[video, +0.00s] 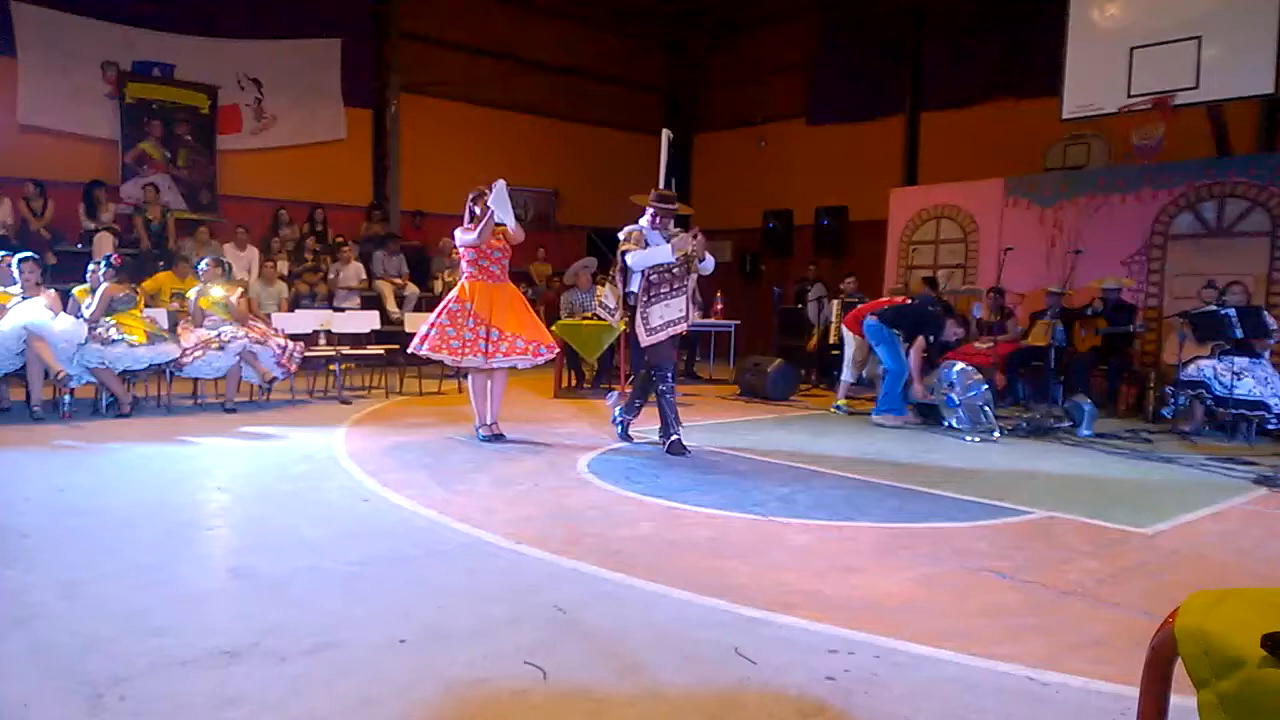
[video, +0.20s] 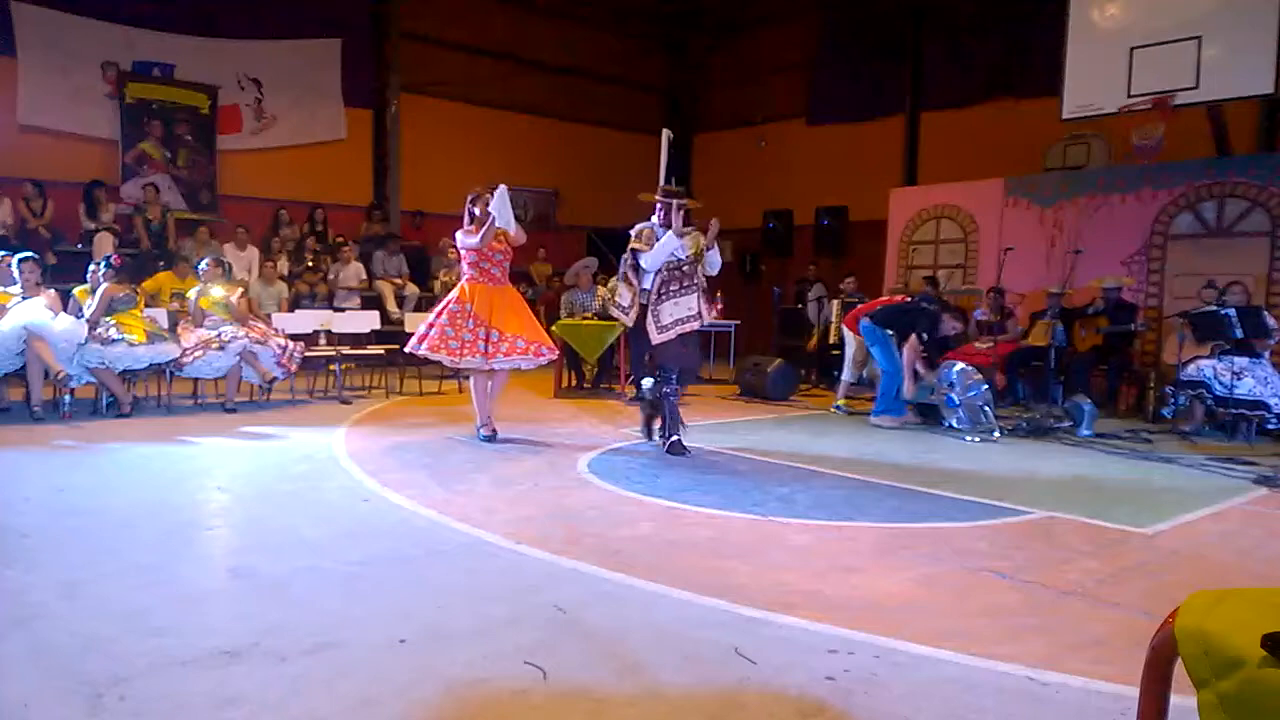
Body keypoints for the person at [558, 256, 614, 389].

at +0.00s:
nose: (588, 277)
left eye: (588, 274)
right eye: (584, 274)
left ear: (591, 275)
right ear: (576, 278)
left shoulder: (602, 292)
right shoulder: (567, 296)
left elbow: (611, 311)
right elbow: (565, 317)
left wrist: (597, 316)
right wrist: (580, 317)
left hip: (599, 329)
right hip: (577, 330)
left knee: (608, 348)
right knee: (569, 348)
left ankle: (598, 379)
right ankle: (580, 378)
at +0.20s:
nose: (589, 276)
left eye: (589, 273)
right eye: (585, 274)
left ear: (592, 275)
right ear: (577, 278)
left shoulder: (602, 292)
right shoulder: (567, 296)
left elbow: (610, 312)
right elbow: (565, 317)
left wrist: (596, 315)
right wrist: (579, 317)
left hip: (598, 330)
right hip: (577, 330)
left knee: (608, 347)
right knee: (569, 348)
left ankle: (598, 379)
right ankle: (580, 378)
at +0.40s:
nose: (589, 277)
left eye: (590, 274)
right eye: (585, 275)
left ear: (593, 276)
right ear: (578, 278)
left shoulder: (603, 292)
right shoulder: (568, 296)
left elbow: (613, 312)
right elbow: (565, 317)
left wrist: (597, 316)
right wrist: (579, 318)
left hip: (599, 330)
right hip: (578, 331)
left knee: (608, 348)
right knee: (569, 348)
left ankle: (598, 380)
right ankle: (580, 377)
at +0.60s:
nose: (590, 278)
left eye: (592, 274)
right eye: (587, 275)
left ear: (595, 276)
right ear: (579, 278)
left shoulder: (605, 292)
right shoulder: (569, 295)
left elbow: (615, 313)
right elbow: (565, 316)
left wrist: (598, 315)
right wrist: (579, 317)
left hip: (600, 331)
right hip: (578, 331)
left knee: (608, 349)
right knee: (570, 348)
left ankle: (598, 380)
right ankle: (579, 378)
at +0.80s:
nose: (592, 276)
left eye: (593, 272)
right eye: (588, 273)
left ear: (597, 276)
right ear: (580, 277)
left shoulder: (606, 293)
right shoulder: (570, 295)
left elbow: (613, 313)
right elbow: (565, 315)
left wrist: (597, 316)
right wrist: (579, 317)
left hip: (600, 331)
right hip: (578, 330)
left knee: (608, 348)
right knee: (570, 347)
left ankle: (598, 379)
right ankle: (579, 377)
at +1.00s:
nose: (595, 277)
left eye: (596, 274)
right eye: (591, 274)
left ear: (598, 276)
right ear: (582, 277)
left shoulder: (606, 295)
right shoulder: (572, 296)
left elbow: (613, 313)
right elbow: (565, 315)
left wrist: (597, 315)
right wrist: (578, 317)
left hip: (600, 331)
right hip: (578, 331)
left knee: (608, 350)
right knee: (570, 347)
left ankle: (598, 379)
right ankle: (579, 378)